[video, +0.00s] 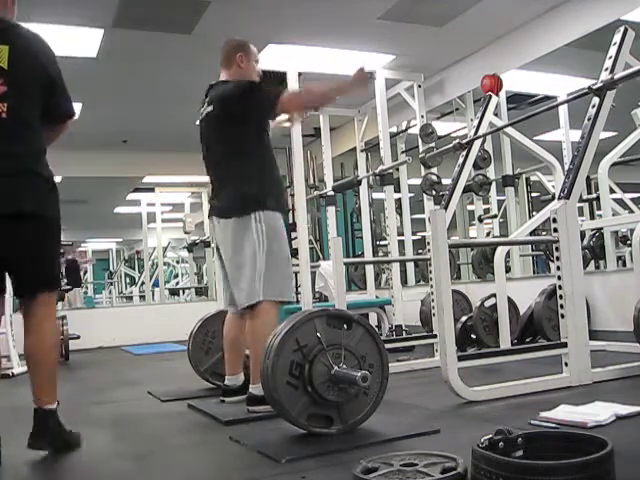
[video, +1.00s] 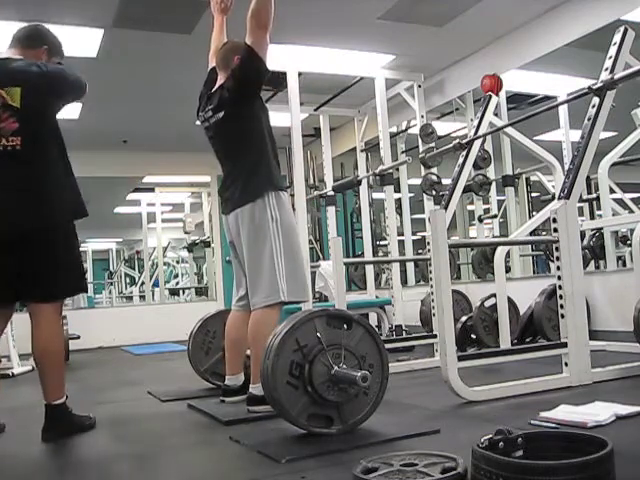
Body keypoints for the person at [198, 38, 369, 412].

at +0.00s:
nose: (259, 69)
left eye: (258, 63)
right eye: (257, 62)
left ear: (225, 64)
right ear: (242, 61)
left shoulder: (209, 104)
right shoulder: (244, 93)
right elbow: (301, 98)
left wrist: (290, 108)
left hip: (224, 211)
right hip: (255, 209)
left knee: (238, 302)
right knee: (266, 299)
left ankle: (233, 382)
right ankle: (260, 390)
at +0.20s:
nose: (255, 64)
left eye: (254, 60)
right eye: (251, 60)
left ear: (219, 66)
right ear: (239, 61)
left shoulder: (207, 102)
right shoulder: (240, 87)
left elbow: (240, 72)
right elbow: (286, 32)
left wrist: (253, 44)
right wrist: (297, 6)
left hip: (231, 205)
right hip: (257, 199)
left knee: (247, 296)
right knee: (267, 297)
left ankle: (234, 382)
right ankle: (260, 389)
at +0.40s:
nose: (258, 66)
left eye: (256, 61)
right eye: (255, 61)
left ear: (220, 69)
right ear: (246, 66)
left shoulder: (209, 99)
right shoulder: (242, 87)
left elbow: (214, 57)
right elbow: (259, 26)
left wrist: (217, 18)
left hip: (232, 204)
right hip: (259, 199)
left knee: (243, 300)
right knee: (267, 298)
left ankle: (233, 383)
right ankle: (260, 389)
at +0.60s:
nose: (256, 66)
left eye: (255, 61)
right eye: (254, 61)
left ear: (219, 68)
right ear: (243, 64)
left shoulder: (208, 101)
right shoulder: (242, 88)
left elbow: (212, 58)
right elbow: (258, 26)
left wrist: (215, 18)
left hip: (233, 206)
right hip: (260, 200)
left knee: (244, 299)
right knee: (268, 297)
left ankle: (234, 382)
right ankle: (260, 388)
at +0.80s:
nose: (256, 67)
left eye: (255, 62)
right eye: (253, 62)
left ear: (220, 69)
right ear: (243, 65)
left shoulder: (208, 102)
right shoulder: (242, 88)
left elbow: (213, 59)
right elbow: (259, 28)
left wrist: (217, 19)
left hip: (233, 206)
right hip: (260, 201)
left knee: (244, 299)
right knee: (268, 297)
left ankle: (234, 382)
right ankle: (260, 388)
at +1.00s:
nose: (256, 67)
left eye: (254, 62)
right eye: (253, 62)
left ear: (221, 68)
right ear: (244, 64)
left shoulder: (209, 101)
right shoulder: (243, 88)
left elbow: (214, 59)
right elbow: (260, 26)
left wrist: (218, 18)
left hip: (234, 206)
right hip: (261, 201)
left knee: (243, 299)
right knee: (268, 298)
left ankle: (233, 383)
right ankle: (259, 389)